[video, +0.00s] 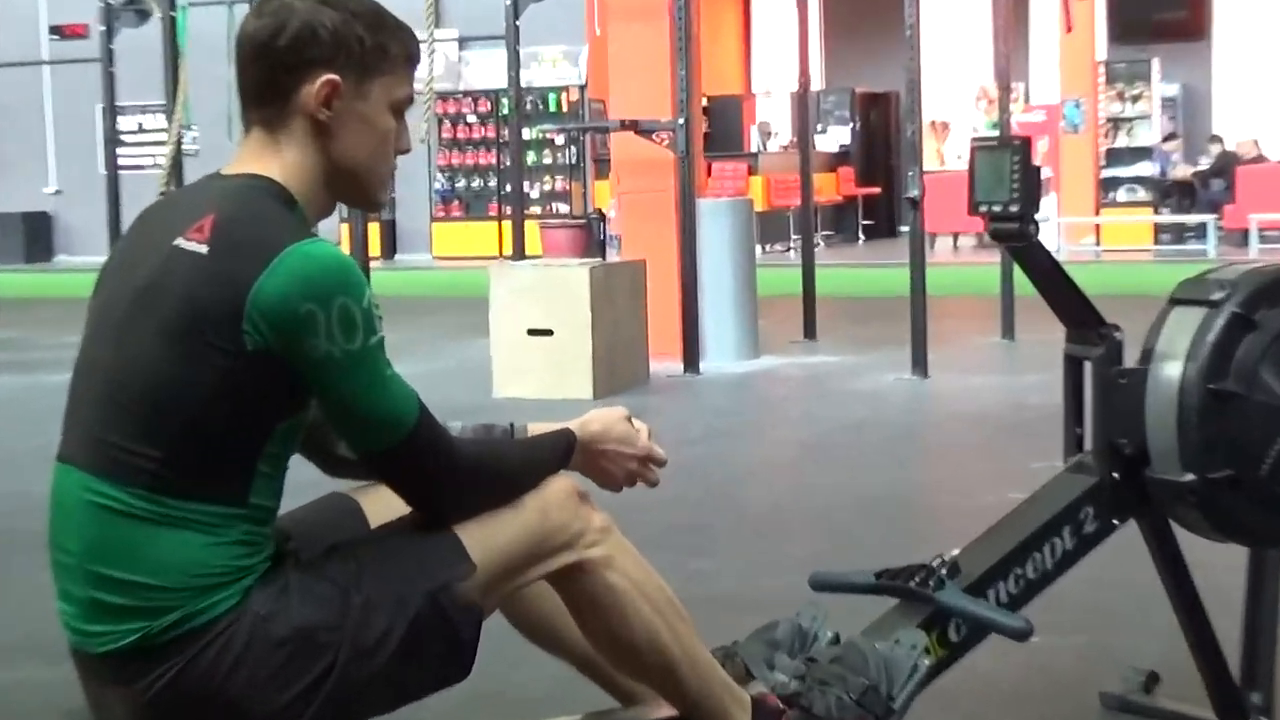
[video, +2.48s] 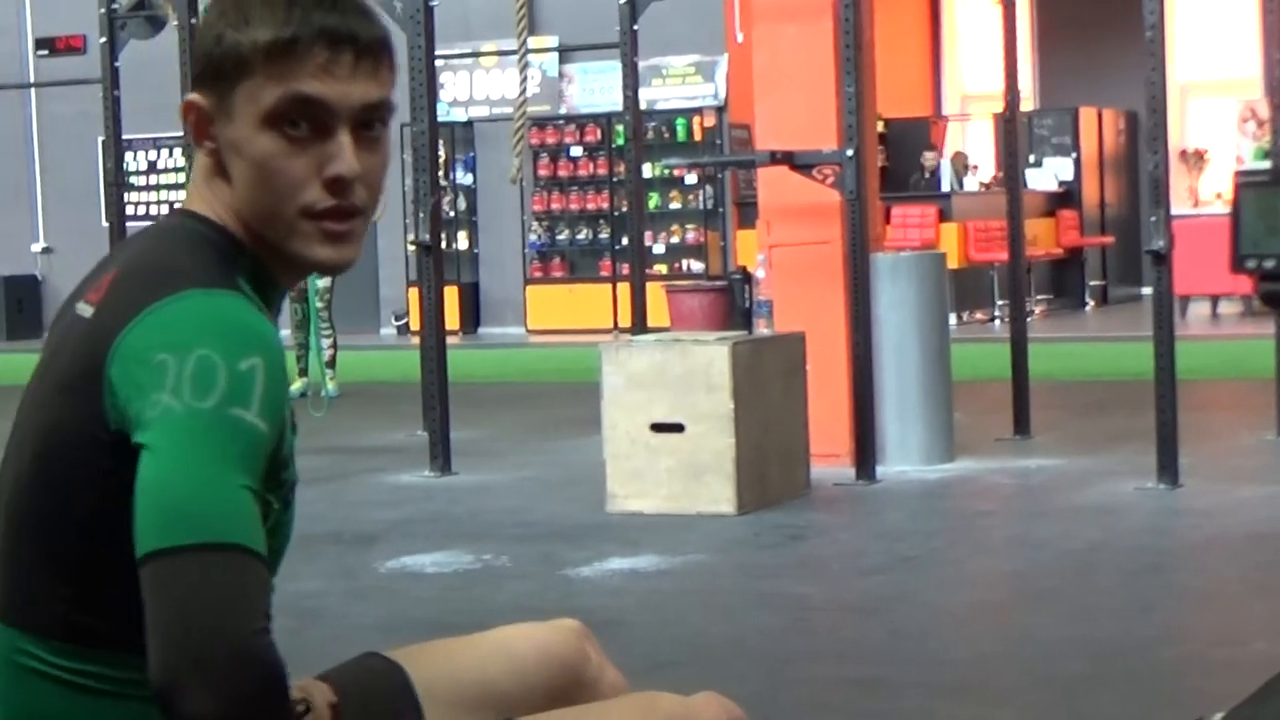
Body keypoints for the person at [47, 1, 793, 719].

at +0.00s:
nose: (407, 142)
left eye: (409, 115)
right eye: (398, 112)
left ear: (303, 104)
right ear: (327, 102)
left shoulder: (179, 222)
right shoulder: (303, 271)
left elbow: (342, 453)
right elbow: (441, 476)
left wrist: (539, 452)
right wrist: (574, 444)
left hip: (127, 621)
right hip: (200, 653)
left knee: (447, 506)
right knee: (566, 507)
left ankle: (654, 700)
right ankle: (735, 710)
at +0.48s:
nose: (327, 109)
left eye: (322, 72)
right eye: (309, 70)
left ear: (217, 77)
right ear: (213, 72)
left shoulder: (46, 220)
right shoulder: (182, 296)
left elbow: (253, 529)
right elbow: (366, 582)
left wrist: (507, 525)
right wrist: (550, 540)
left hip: (46, 669)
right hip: (84, 704)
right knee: (527, 621)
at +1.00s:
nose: (293, 86)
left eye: (286, 54)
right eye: (270, 51)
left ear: (164, 75)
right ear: (171, 70)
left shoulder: (41, 232)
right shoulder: (191, 288)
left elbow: (271, 540)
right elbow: (413, 564)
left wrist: (562, 573)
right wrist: (607, 563)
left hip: (48, 687)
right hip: (124, 712)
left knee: (417, 606)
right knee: (600, 641)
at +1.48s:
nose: (299, 119)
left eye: (307, 85)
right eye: (250, 82)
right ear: (138, 95)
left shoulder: (83, 247)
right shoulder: (155, 301)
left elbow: (104, 575)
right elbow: (281, 673)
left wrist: (308, 601)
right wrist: (459, 640)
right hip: (99, 703)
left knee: (410, 590)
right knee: (593, 692)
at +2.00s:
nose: (265, 148)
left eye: (284, 106)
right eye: (218, 104)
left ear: (303, 112)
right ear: (117, 114)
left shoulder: (59, 260)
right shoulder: (135, 306)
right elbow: (207, 673)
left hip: (64, 688)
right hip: (116, 708)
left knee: (492, 659)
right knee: (637, 707)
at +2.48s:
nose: (347, 170)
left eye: (370, 129)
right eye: (300, 128)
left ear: (393, 134)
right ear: (207, 133)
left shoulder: (169, 274)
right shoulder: (208, 325)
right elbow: (213, 679)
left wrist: (261, 695)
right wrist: (287, 708)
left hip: (108, 692)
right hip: (132, 718)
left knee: (566, 653)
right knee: (708, 711)